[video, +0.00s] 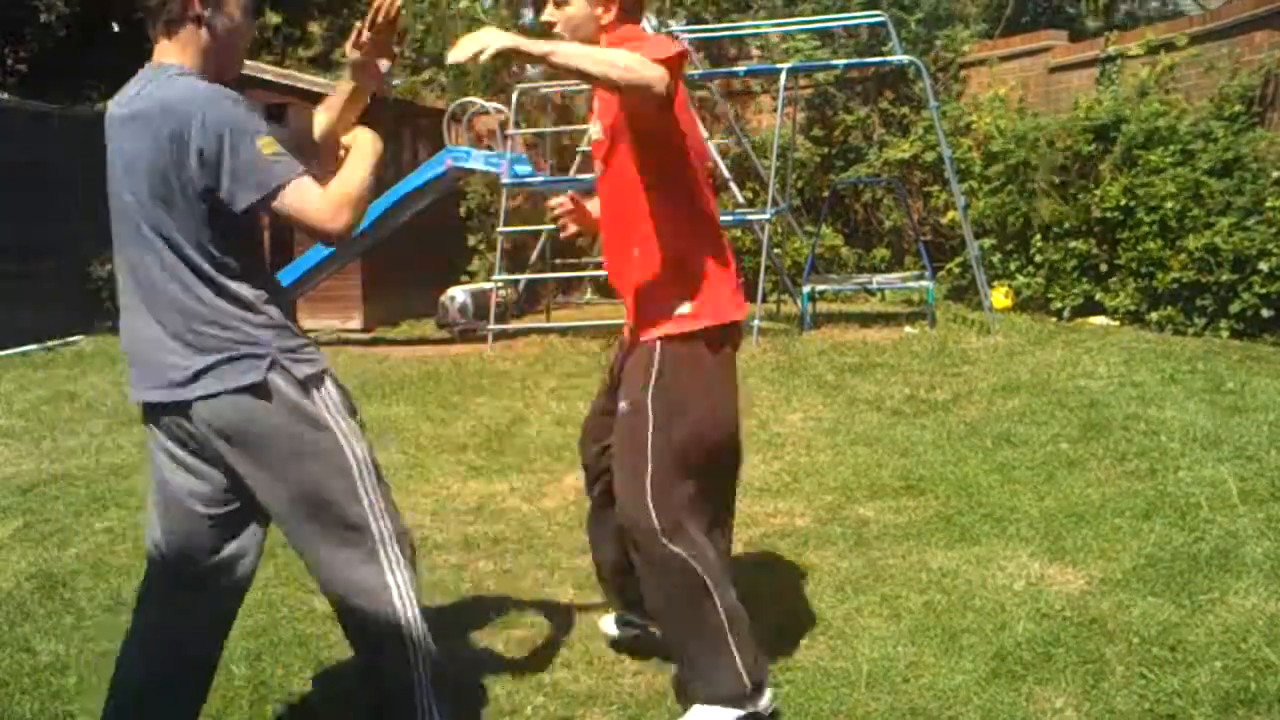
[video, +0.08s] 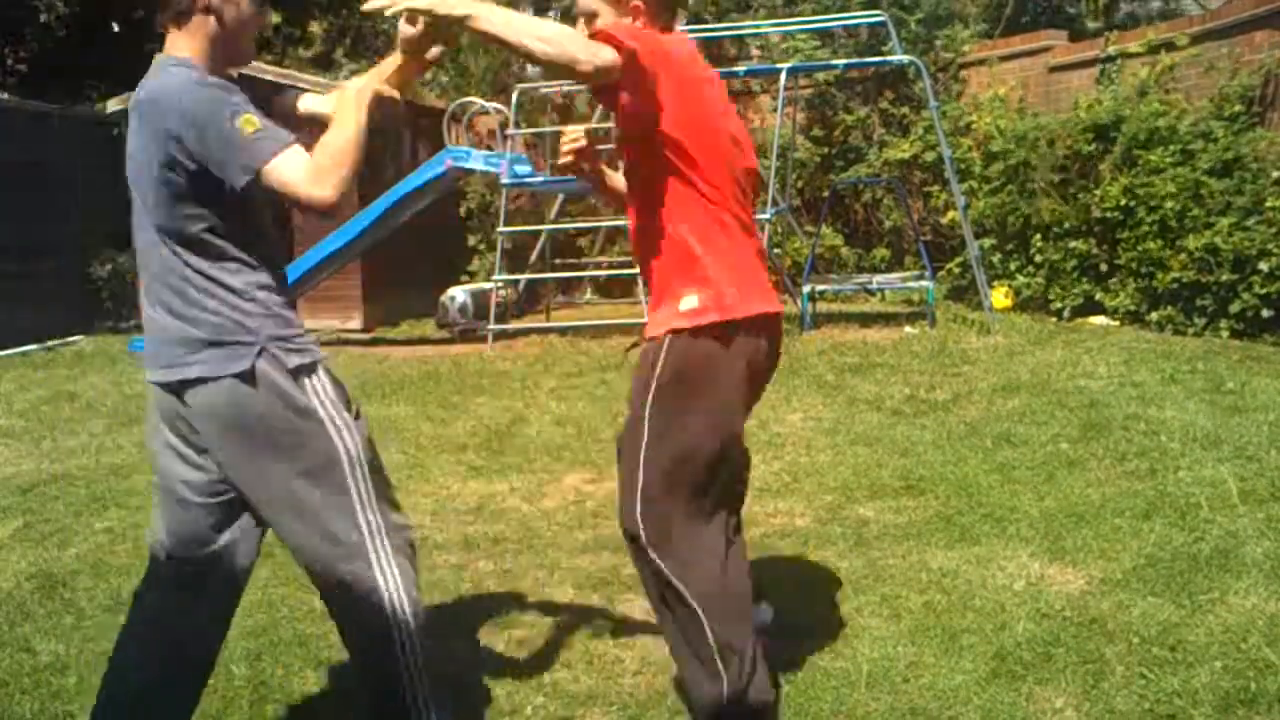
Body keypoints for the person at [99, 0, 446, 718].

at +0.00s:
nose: (250, 34)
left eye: (251, 19)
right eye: (245, 16)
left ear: (179, 17)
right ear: (201, 13)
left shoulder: (126, 108)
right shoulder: (212, 109)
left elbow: (279, 169)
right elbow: (332, 214)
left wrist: (357, 83)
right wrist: (365, 149)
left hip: (171, 382)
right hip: (256, 372)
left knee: (183, 594)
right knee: (370, 560)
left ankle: (137, 715)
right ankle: (421, 707)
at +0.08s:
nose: (260, 19)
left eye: (258, 7)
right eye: (252, 5)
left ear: (190, 15)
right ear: (208, 9)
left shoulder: (158, 91)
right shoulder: (198, 96)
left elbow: (318, 110)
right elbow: (322, 185)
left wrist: (401, 62)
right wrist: (357, 98)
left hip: (184, 367)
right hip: (252, 362)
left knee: (187, 578)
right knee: (371, 558)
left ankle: (124, 715)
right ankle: (418, 707)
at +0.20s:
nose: (298, 22)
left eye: (295, 9)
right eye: (289, 6)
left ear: (240, 15)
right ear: (241, 8)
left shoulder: (253, 108)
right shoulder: (191, 98)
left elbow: (359, 168)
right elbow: (244, 218)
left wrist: (448, 123)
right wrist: (318, 144)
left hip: (235, 365)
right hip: (265, 362)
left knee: (203, 567)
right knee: (394, 547)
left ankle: (90, 715)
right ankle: (399, 710)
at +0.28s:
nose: (319, 37)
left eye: (316, 21)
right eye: (308, 20)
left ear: (268, 27)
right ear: (261, 23)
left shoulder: (275, 124)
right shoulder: (218, 119)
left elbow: (363, 212)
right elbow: (265, 244)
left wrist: (459, 185)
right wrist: (316, 153)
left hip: (242, 389)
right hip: (272, 384)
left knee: (204, 588)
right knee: (414, 555)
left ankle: (83, 714)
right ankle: (404, 710)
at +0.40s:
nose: (364, 54)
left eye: (363, 38)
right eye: (354, 36)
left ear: (299, 36)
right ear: (301, 33)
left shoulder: (247, 116)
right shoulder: (277, 113)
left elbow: (339, 247)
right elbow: (368, 228)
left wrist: (404, 171)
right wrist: (397, 126)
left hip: (238, 388)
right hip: (291, 377)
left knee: (267, 584)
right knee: (423, 552)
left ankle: (112, 711)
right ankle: (417, 714)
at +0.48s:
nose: (369, 58)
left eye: (370, 41)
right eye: (363, 38)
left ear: (311, 37)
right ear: (314, 35)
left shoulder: (254, 117)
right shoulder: (296, 112)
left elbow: (334, 259)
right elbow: (414, 206)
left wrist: (374, 164)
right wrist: (462, 112)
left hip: (237, 383)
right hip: (289, 378)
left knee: (292, 562)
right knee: (420, 549)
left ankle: (133, 690)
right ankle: (416, 711)